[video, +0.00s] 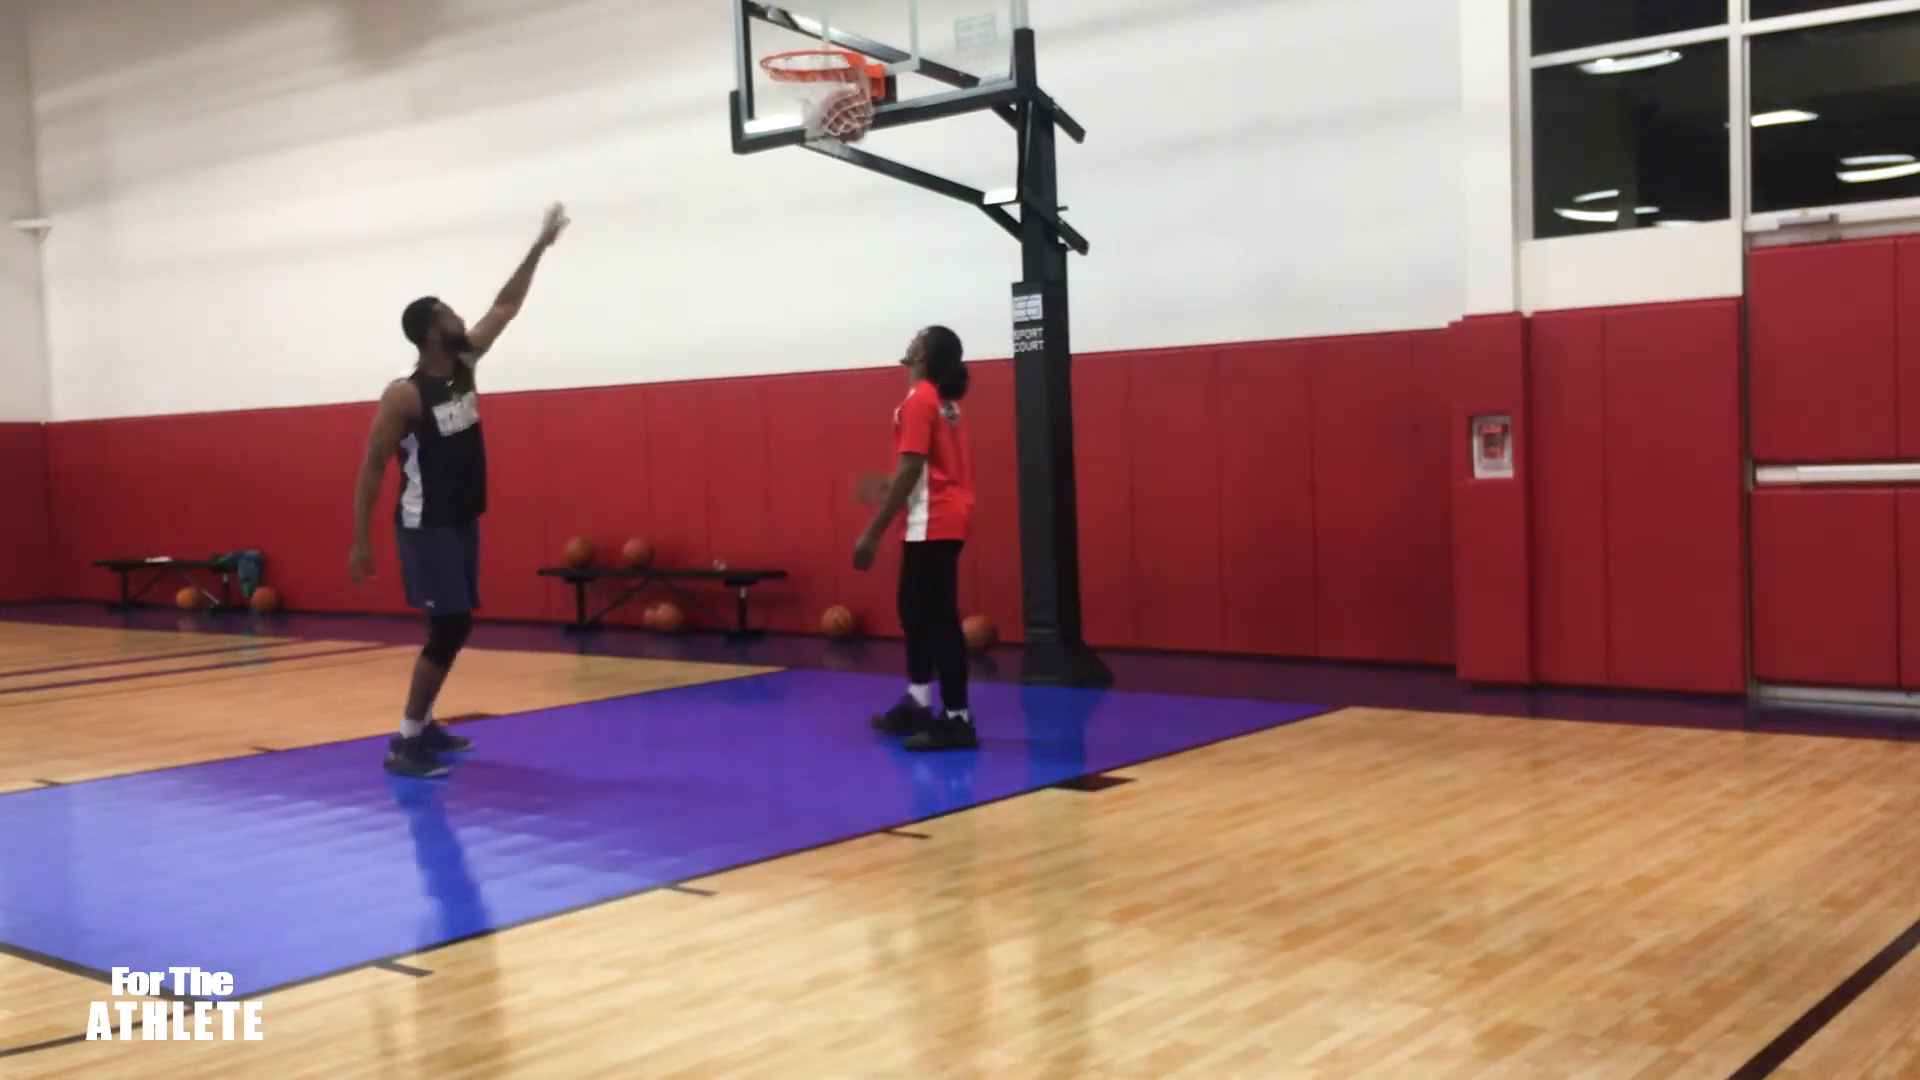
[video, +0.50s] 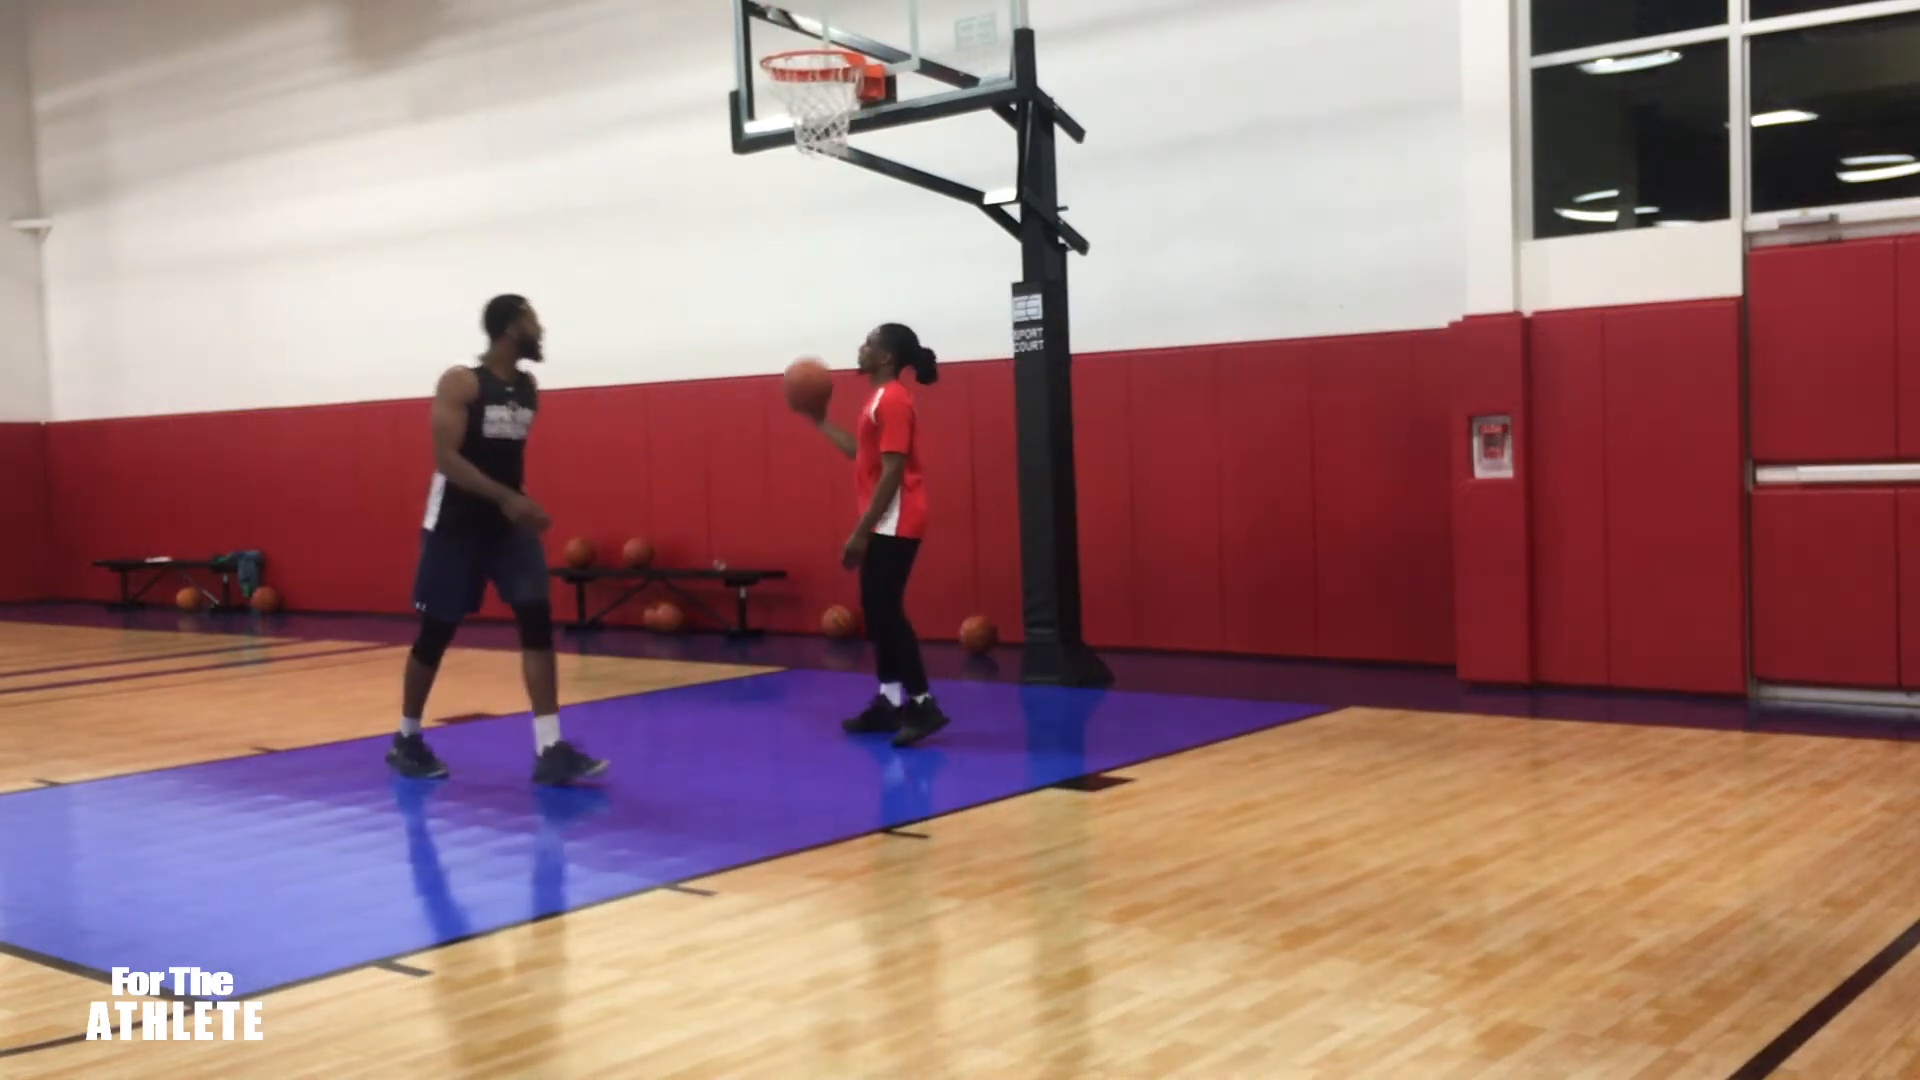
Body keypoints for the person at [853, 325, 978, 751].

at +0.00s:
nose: (908, 347)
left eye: (915, 342)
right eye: (912, 340)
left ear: (925, 354)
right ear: (935, 359)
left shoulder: (920, 397)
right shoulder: (936, 398)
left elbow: (911, 467)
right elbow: (931, 469)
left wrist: (872, 534)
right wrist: (888, 485)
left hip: (935, 520)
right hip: (933, 518)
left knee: (936, 614)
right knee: (913, 608)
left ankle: (956, 717)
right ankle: (919, 701)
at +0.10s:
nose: (898, 350)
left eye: (904, 345)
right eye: (903, 344)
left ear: (913, 357)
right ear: (928, 361)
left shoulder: (909, 400)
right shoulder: (923, 400)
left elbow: (900, 468)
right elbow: (916, 454)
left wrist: (864, 536)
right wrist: (874, 436)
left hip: (925, 525)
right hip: (922, 523)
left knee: (932, 618)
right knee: (908, 613)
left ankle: (955, 717)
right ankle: (898, 700)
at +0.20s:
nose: (890, 348)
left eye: (896, 344)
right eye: (895, 343)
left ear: (904, 357)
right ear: (919, 362)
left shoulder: (902, 400)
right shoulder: (908, 400)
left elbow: (892, 470)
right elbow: (882, 432)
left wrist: (860, 538)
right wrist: (858, 399)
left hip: (914, 526)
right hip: (904, 525)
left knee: (918, 618)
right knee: (893, 614)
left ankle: (953, 714)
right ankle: (891, 703)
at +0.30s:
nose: (881, 346)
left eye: (887, 342)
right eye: (886, 341)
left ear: (896, 356)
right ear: (906, 360)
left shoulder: (894, 401)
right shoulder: (896, 399)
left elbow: (888, 469)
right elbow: (868, 419)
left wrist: (860, 535)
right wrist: (845, 379)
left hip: (904, 525)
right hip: (894, 523)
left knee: (904, 614)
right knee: (882, 610)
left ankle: (946, 709)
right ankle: (890, 702)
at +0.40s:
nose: (869, 348)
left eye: (877, 344)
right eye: (874, 342)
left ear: (892, 358)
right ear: (894, 360)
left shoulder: (895, 399)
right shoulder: (886, 397)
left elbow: (890, 469)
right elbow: (853, 422)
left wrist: (860, 533)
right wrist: (829, 379)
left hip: (899, 521)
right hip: (888, 519)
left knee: (888, 610)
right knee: (883, 609)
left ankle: (936, 703)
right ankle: (889, 703)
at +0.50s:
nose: (860, 349)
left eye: (868, 344)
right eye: (864, 342)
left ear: (887, 357)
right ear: (884, 358)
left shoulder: (894, 399)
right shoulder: (877, 399)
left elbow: (893, 470)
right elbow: (858, 451)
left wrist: (862, 531)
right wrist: (819, 420)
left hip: (897, 522)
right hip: (882, 521)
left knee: (886, 609)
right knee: (878, 609)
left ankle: (922, 703)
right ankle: (890, 700)